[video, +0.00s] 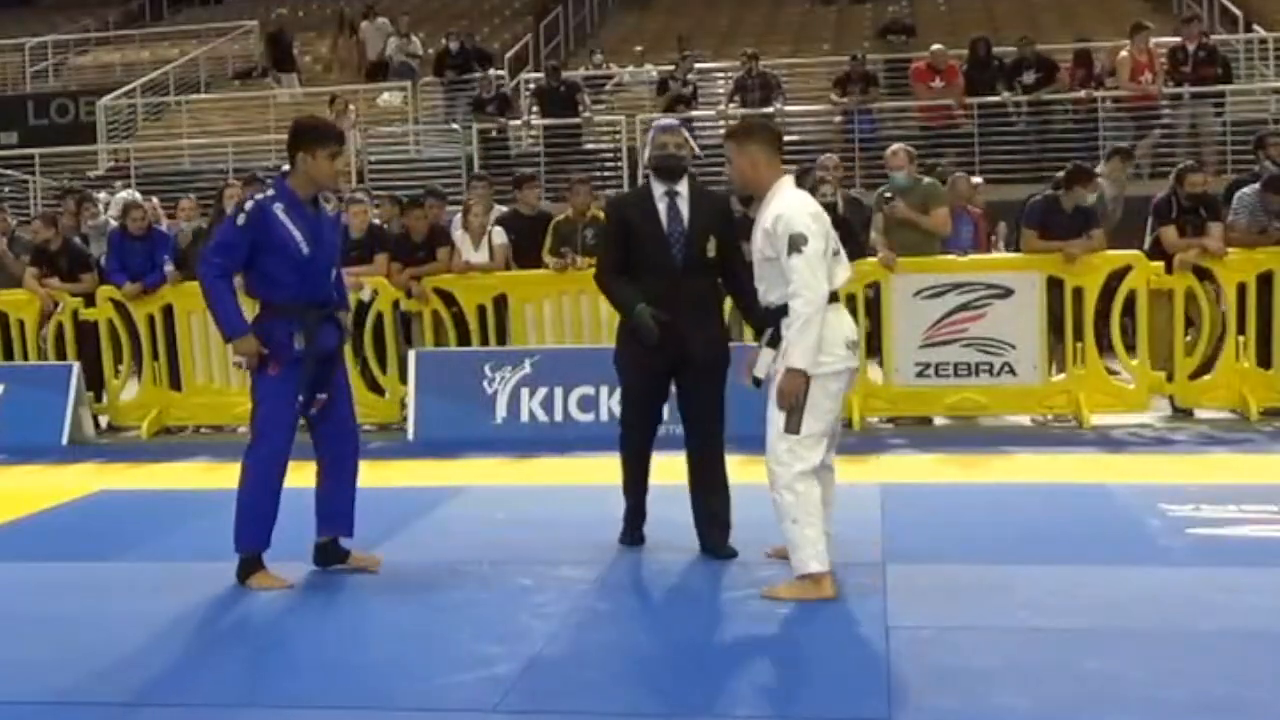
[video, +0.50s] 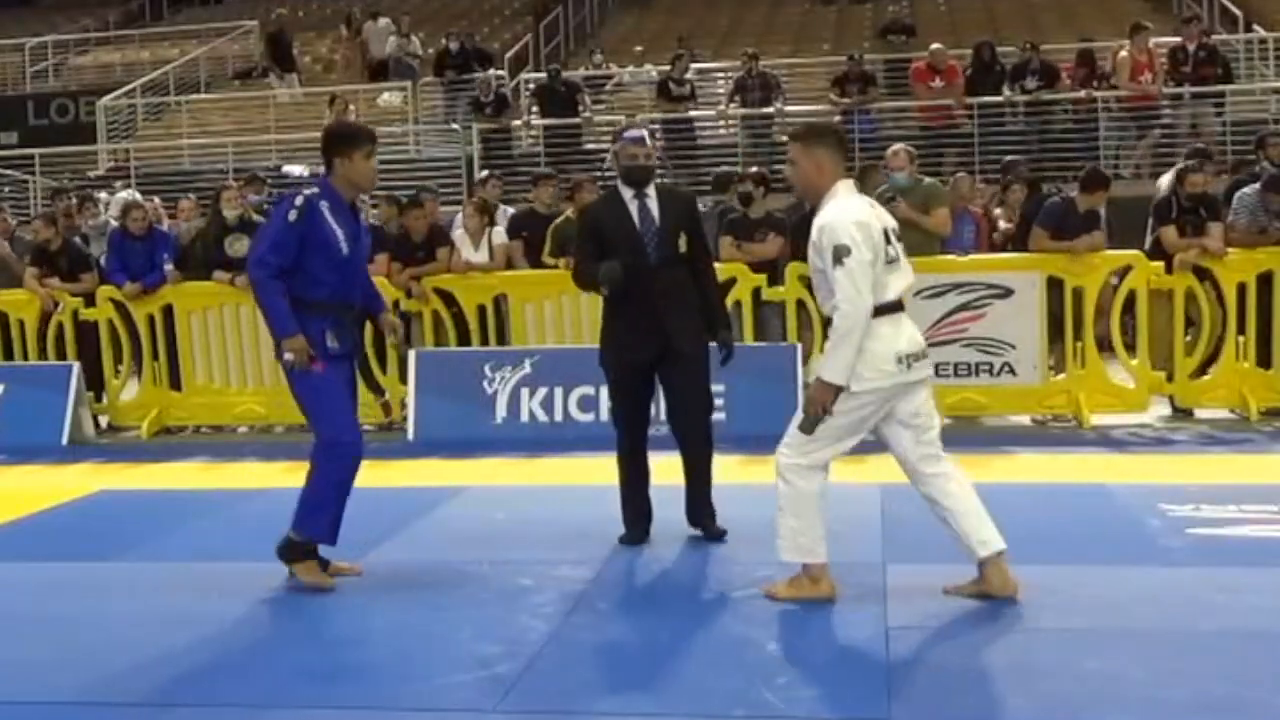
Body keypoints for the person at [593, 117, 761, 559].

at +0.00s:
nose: (669, 154)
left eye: (677, 146)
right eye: (661, 147)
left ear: (690, 153)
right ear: (646, 154)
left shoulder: (713, 205)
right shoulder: (622, 208)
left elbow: (735, 271)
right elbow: (607, 272)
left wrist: (761, 319)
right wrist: (633, 307)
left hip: (702, 339)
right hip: (644, 339)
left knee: (706, 440)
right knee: (636, 436)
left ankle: (714, 535)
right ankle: (633, 520)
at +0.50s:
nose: (638, 158)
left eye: (645, 151)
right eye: (630, 152)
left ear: (656, 157)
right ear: (615, 159)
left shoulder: (680, 202)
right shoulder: (597, 213)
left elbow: (703, 267)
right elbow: (581, 273)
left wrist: (719, 323)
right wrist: (600, 273)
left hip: (682, 332)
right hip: (626, 337)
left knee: (695, 427)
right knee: (631, 435)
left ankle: (702, 515)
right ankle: (636, 523)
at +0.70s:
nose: (647, 161)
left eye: (653, 154)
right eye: (639, 155)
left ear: (663, 160)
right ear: (624, 163)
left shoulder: (686, 204)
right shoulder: (610, 208)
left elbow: (708, 266)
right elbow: (591, 246)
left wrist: (726, 319)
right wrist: (593, 219)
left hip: (686, 332)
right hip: (632, 335)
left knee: (698, 419)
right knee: (633, 432)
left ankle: (699, 491)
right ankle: (636, 523)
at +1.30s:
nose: (673, 166)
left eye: (680, 159)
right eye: (666, 159)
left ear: (690, 163)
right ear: (652, 162)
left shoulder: (702, 207)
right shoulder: (632, 203)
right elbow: (628, 255)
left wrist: (723, 323)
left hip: (697, 317)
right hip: (643, 312)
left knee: (695, 418)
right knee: (639, 411)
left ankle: (693, 503)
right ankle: (634, 487)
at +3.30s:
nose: (642, 170)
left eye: (650, 165)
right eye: (638, 164)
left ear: (667, 170)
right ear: (631, 168)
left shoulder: (692, 215)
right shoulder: (618, 214)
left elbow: (706, 272)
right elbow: (607, 270)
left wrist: (715, 324)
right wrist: (599, 319)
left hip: (677, 325)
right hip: (630, 325)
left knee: (685, 406)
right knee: (636, 406)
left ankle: (691, 480)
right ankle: (637, 476)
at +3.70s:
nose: (636, 175)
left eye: (643, 169)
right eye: (630, 168)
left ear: (654, 173)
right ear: (619, 172)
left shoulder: (674, 210)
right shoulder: (602, 216)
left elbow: (693, 261)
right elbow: (592, 273)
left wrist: (679, 296)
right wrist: (591, 323)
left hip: (670, 318)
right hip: (625, 321)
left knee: (680, 399)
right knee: (633, 402)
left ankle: (690, 477)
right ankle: (638, 473)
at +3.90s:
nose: (645, 175)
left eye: (652, 169)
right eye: (639, 168)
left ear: (662, 174)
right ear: (626, 170)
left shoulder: (675, 209)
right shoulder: (604, 215)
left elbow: (698, 259)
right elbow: (593, 273)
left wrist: (676, 238)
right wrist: (593, 325)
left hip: (673, 317)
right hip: (627, 320)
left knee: (685, 398)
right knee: (635, 401)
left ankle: (697, 475)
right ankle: (639, 473)